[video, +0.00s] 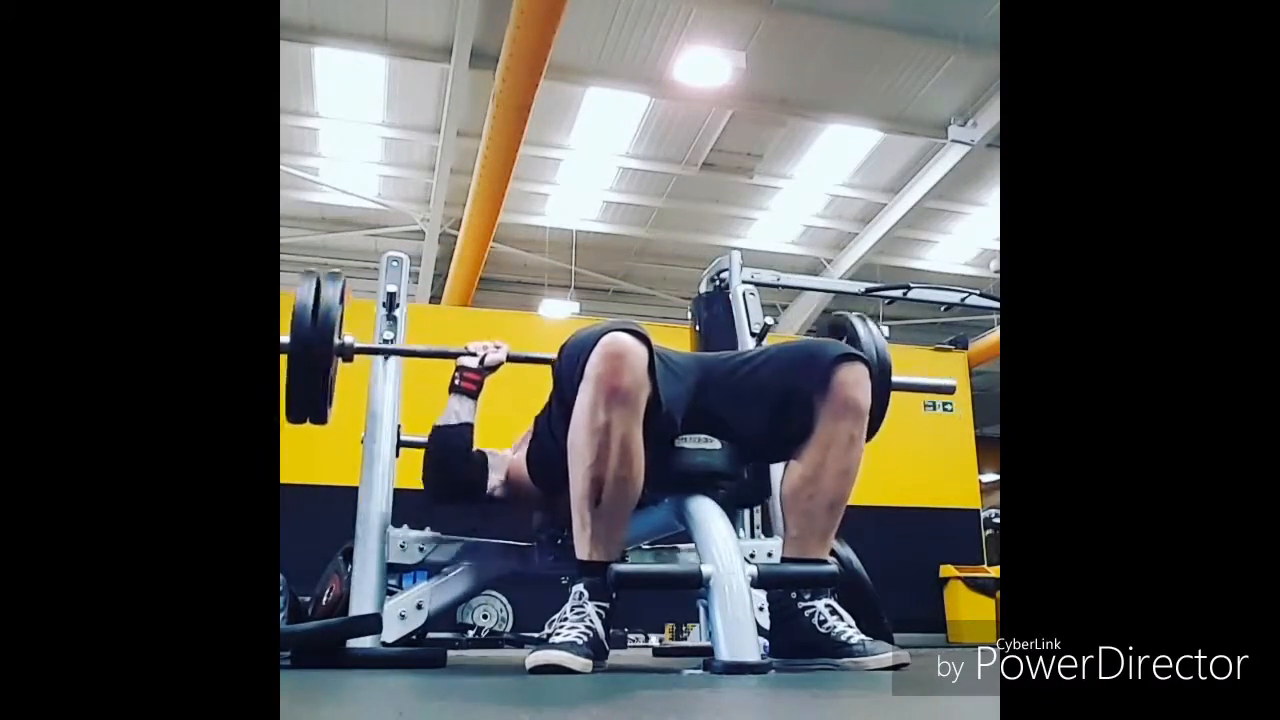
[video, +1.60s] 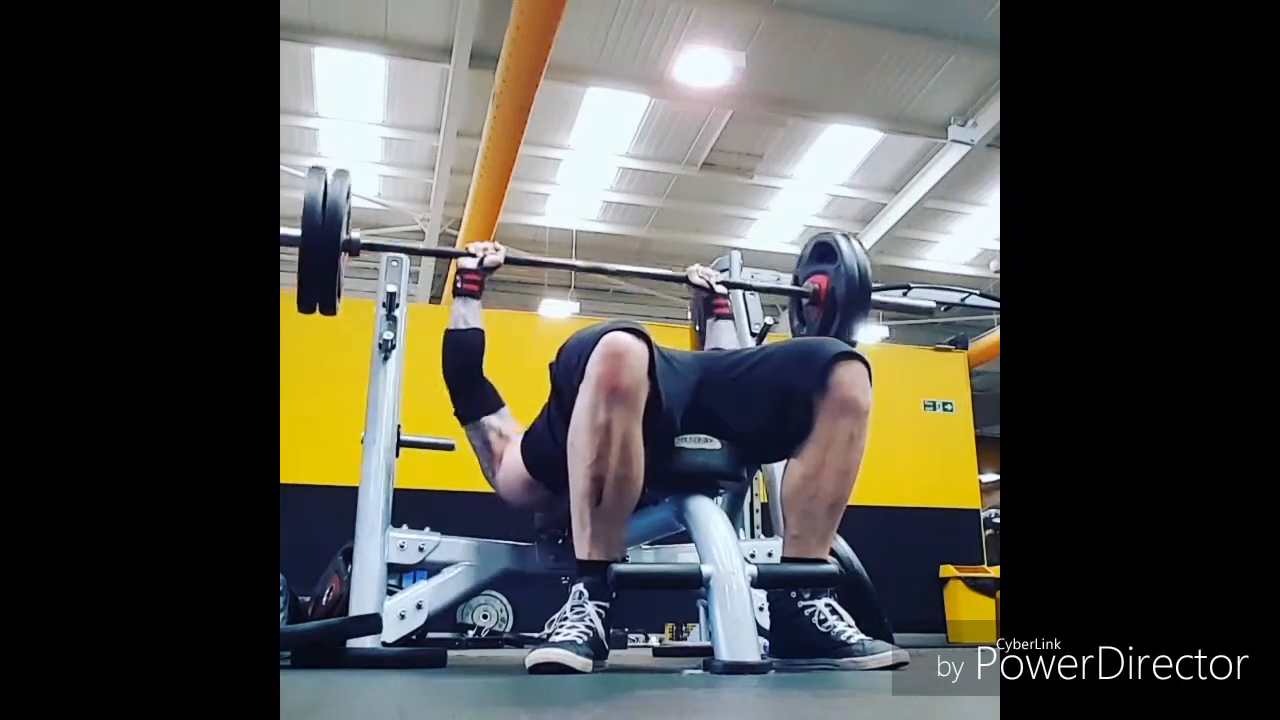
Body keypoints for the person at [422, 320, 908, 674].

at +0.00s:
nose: (481, 460)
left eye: (478, 462)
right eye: (482, 476)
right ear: (496, 493)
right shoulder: (528, 480)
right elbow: (447, 479)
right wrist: (465, 384)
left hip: (700, 373)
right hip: (625, 357)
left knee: (847, 376)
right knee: (617, 357)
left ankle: (801, 607)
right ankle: (588, 606)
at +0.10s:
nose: (490, 456)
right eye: (491, 472)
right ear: (503, 481)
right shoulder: (526, 462)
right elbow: (442, 445)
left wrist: (716, 356)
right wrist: (466, 356)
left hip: (704, 379)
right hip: (631, 362)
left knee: (844, 374)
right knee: (617, 354)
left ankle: (800, 608)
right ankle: (588, 604)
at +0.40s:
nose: (495, 439)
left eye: (497, 438)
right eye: (490, 445)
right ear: (496, 466)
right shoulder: (521, 476)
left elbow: (728, 387)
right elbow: (460, 389)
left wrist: (713, 313)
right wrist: (467, 290)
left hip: (694, 385)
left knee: (837, 374)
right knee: (619, 352)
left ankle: (801, 611)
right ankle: (584, 606)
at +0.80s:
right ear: (503, 472)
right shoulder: (510, 466)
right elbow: (442, 428)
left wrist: (720, 357)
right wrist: (465, 337)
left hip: (710, 389)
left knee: (844, 377)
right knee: (618, 355)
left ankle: (799, 610)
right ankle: (587, 607)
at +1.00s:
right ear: (496, 498)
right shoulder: (524, 480)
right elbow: (452, 501)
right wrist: (468, 406)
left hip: (707, 376)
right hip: (630, 358)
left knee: (850, 375)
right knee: (618, 357)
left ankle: (800, 607)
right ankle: (587, 606)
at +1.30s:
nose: (495, 456)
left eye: (494, 467)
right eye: (496, 475)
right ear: (511, 482)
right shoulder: (527, 460)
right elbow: (442, 443)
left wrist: (714, 354)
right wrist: (468, 355)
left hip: (700, 377)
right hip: (631, 360)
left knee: (845, 374)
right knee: (617, 355)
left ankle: (801, 609)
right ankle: (587, 606)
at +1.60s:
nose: (497, 441)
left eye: (496, 442)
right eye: (494, 448)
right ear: (503, 471)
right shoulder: (523, 465)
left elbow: (722, 383)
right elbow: (466, 377)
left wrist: (711, 311)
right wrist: (468, 283)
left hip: (685, 382)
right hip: (613, 364)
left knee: (844, 375)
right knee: (618, 351)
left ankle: (798, 607)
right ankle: (586, 605)